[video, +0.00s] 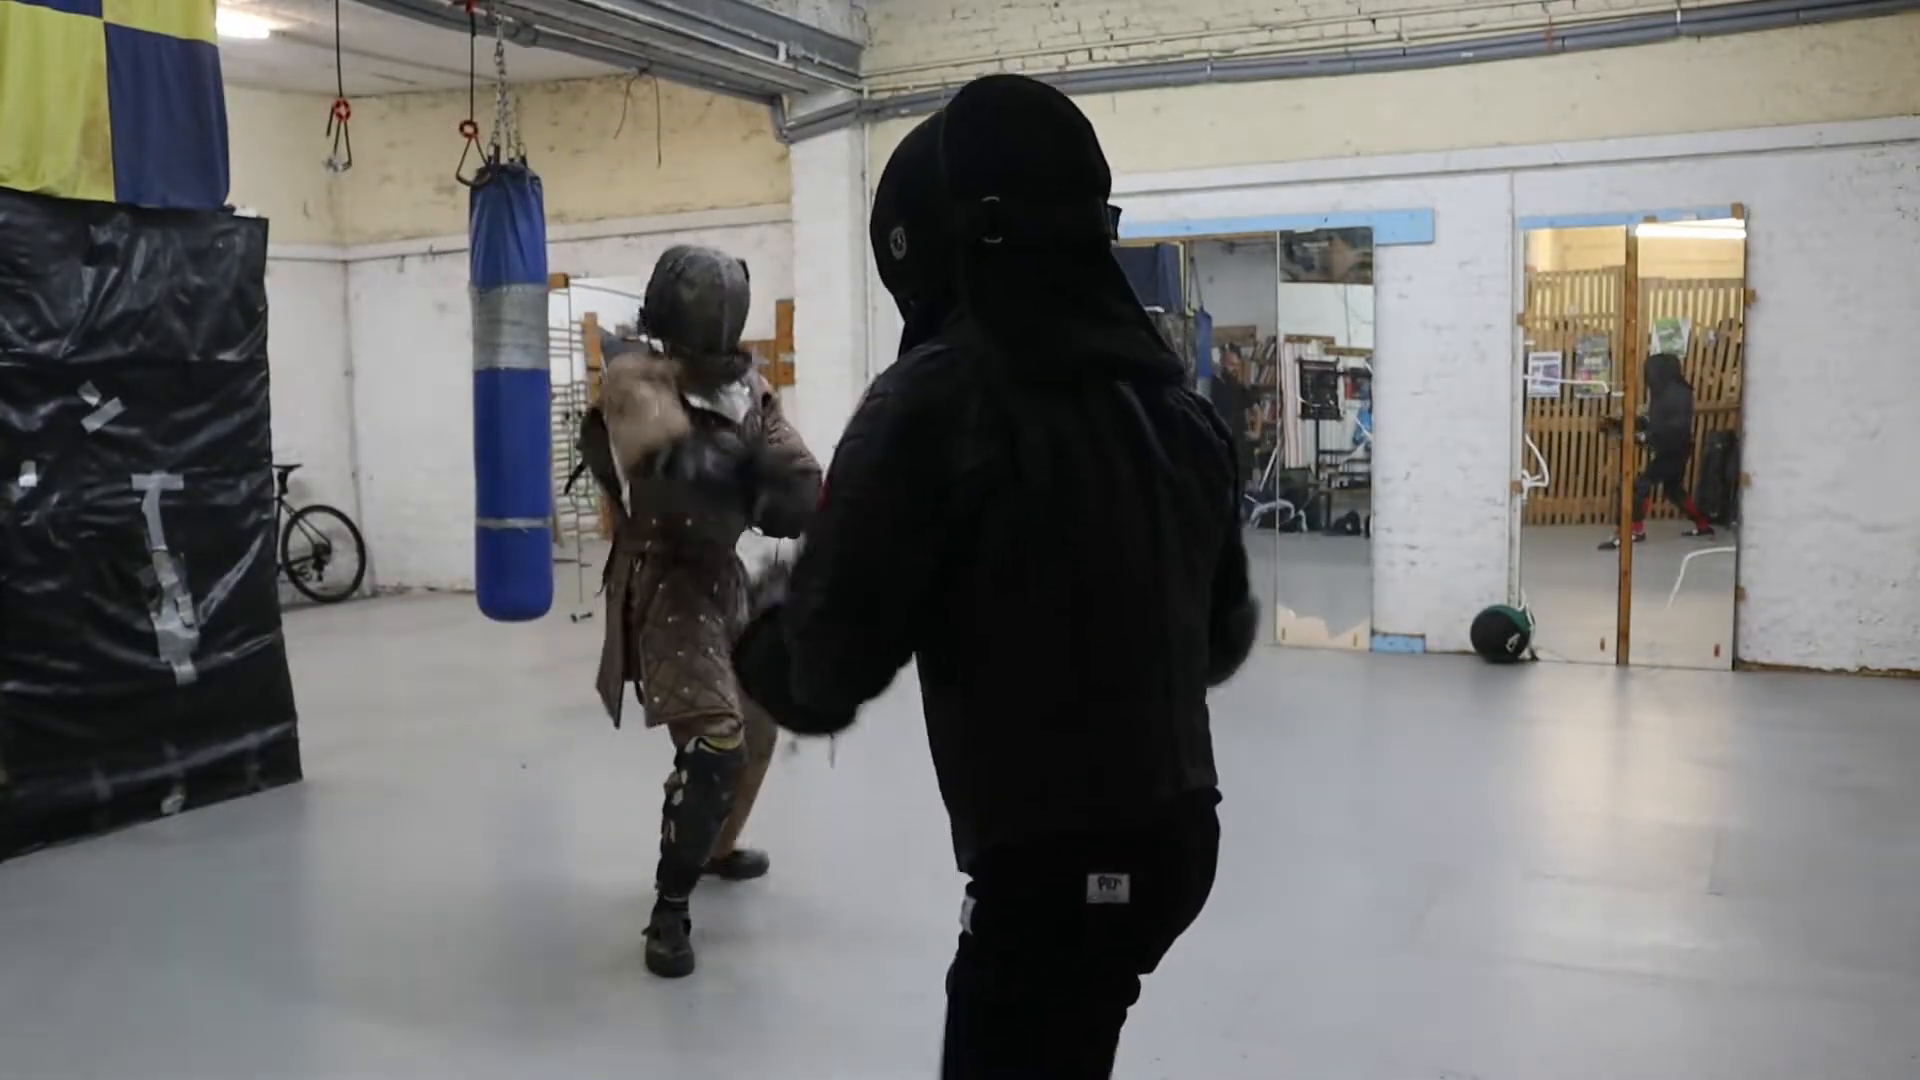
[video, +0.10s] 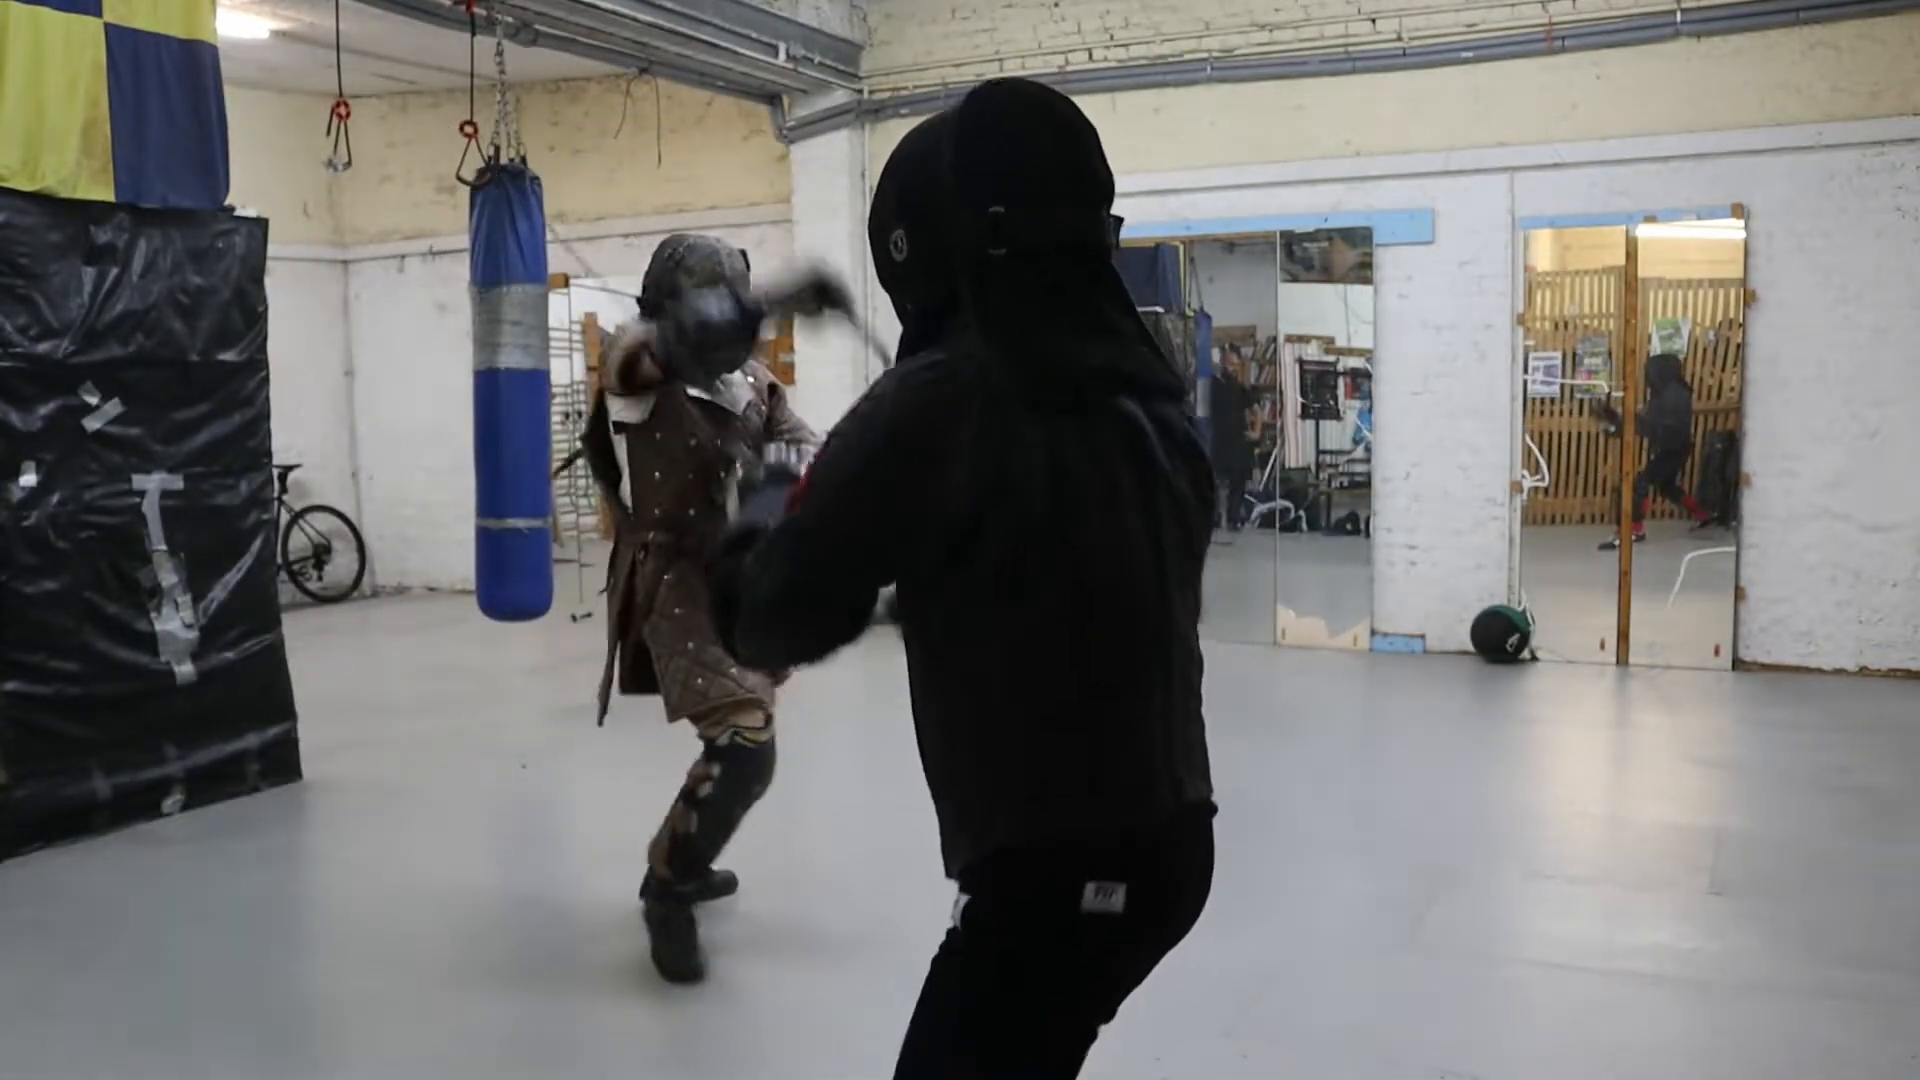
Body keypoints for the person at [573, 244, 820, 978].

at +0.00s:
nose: (716, 353)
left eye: (728, 336)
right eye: (701, 336)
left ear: (741, 325)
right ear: (668, 327)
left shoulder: (746, 388)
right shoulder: (634, 379)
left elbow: (804, 478)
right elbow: (665, 470)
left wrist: (768, 488)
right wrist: (745, 473)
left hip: (730, 578)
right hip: (664, 583)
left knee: (756, 726)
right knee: (717, 741)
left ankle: (715, 847)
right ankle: (670, 908)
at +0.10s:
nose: (715, 317)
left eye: (727, 300)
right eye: (697, 303)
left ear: (746, 303)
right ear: (665, 310)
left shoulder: (755, 388)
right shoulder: (648, 375)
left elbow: (812, 451)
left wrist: (781, 461)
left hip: (736, 574)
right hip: (667, 578)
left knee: (743, 741)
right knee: (746, 749)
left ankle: (683, 862)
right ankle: (667, 889)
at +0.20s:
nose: (749, 332)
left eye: (746, 317)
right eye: (737, 322)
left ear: (706, 338)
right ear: (690, 336)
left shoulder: (741, 397)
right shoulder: (651, 394)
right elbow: (652, 308)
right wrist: (704, 218)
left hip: (727, 590)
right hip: (681, 588)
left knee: (741, 750)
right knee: (763, 782)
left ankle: (670, 870)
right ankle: (691, 957)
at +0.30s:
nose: (761, 363)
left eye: (757, 347)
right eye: (748, 347)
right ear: (718, 360)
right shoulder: (682, 439)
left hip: (711, 623)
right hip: (697, 628)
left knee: (755, 765)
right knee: (773, 795)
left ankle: (679, 876)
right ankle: (682, 969)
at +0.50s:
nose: (784, 371)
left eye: (782, 356)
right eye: (771, 355)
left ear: (685, 353)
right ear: (737, 351)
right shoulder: (727, 430)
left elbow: (602, 516)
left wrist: (637, 585)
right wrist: (828, 579)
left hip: (721, 612)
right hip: (686, 624)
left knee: (813, 745)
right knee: (774, 785)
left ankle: (756, 876)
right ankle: (682, 969)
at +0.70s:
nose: (776, 343)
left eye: (770, 333)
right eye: (764, 334)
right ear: (729, 341)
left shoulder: (741, 410)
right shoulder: (675, 420)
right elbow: (699, 569)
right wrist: (818, 645)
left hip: (759, 618)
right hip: (700, 625)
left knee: (826, 757)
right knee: (781, 791)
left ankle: (768, 883)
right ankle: (684, 967)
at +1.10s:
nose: (776, 338)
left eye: (789, 320)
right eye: (761, 321)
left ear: (807, 317)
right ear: (725, 313)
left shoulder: (822, 380)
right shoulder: (685, 377)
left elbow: (867, 461)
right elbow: (638, 466)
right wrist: (623, 536)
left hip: (812, 599)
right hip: (738, 609)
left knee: (811, 784)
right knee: (835, 800)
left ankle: (719, 917)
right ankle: (770, 992)